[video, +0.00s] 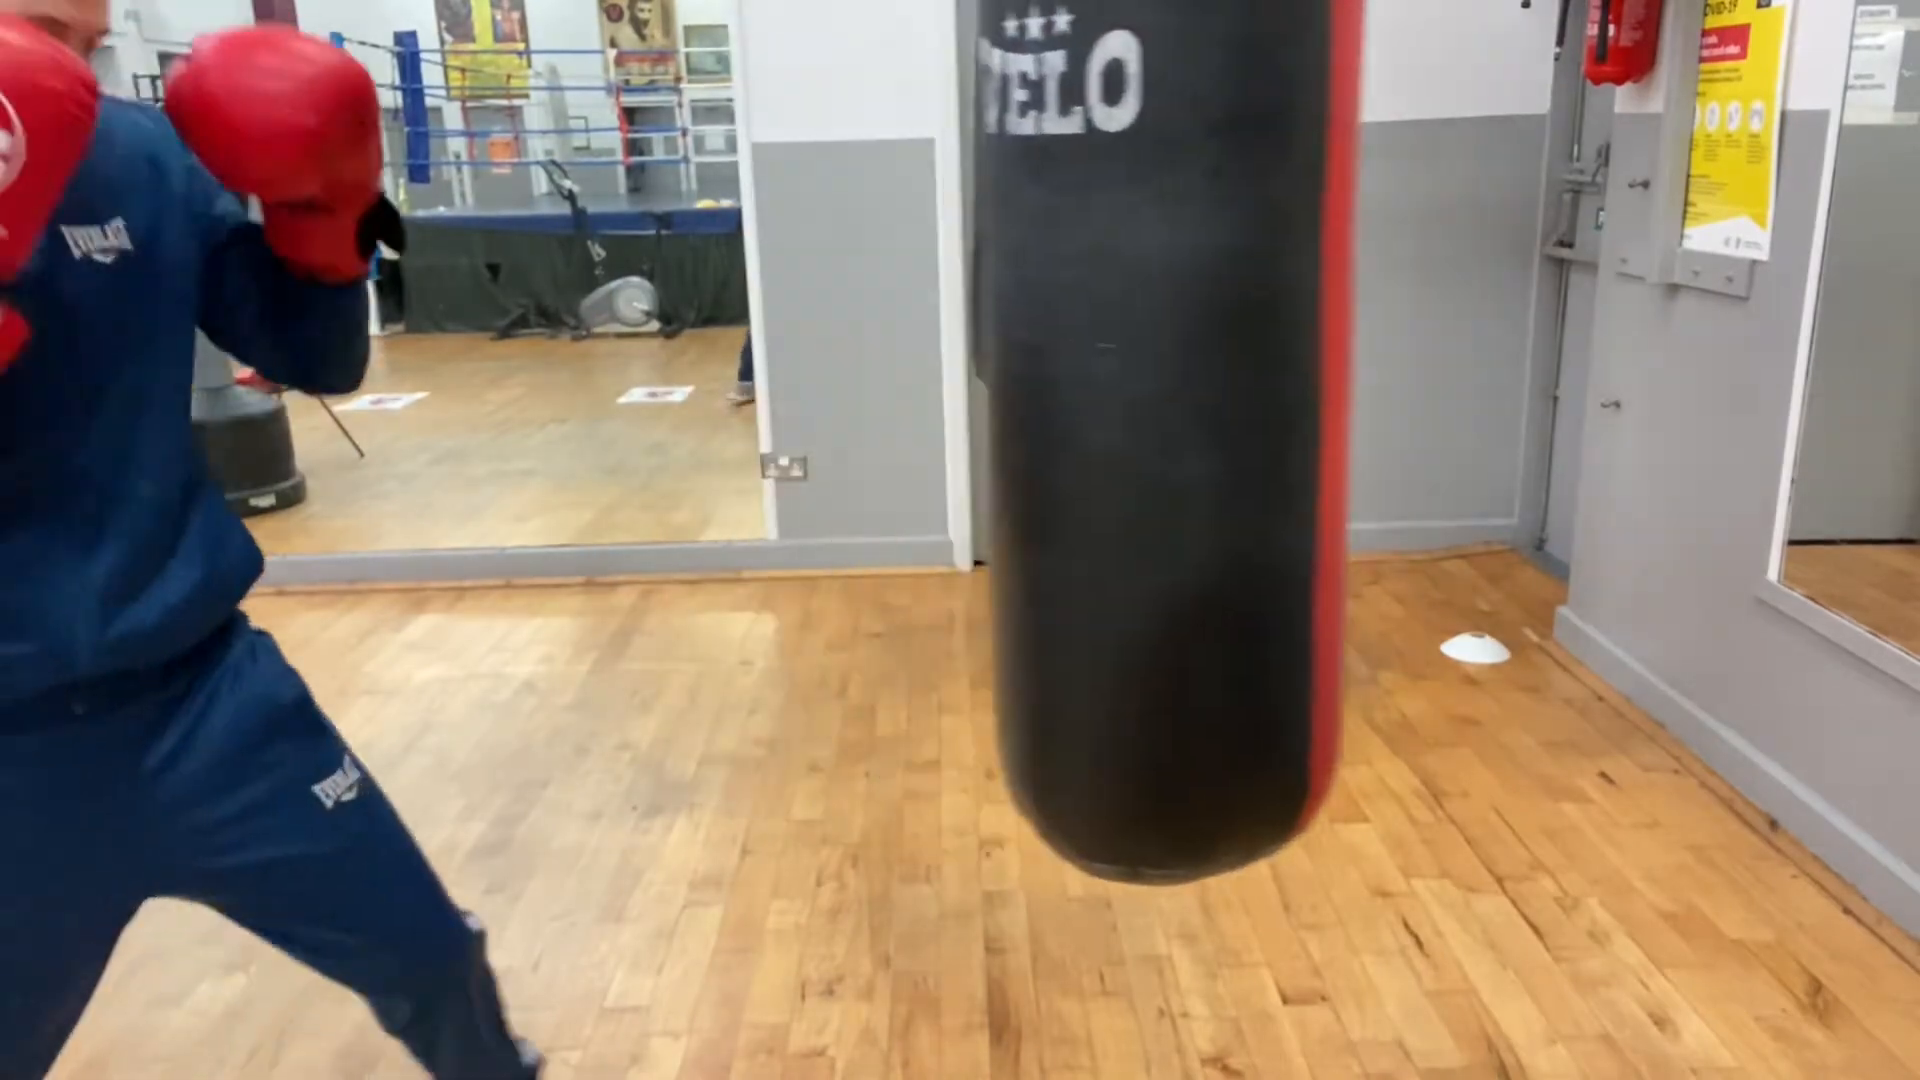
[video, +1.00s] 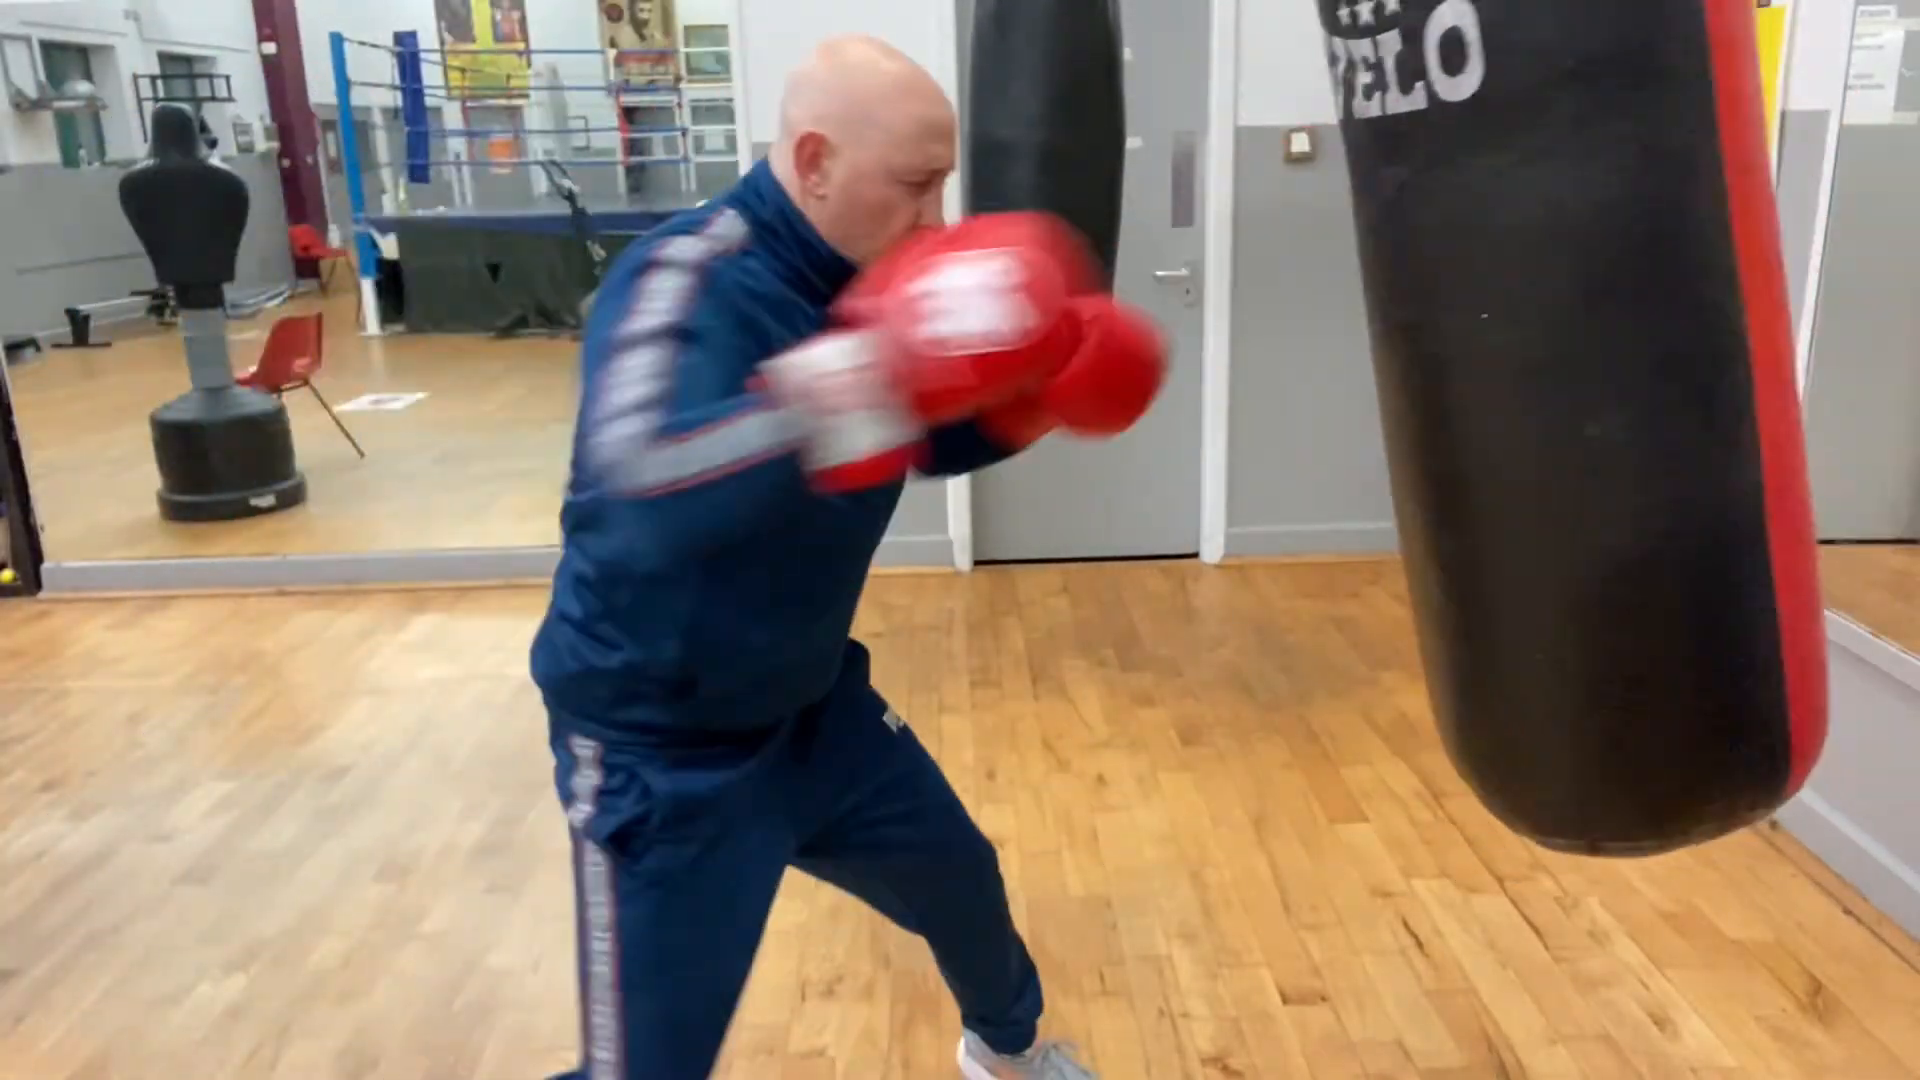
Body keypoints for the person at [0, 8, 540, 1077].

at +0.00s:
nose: (76, 35)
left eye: (83, 24)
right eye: (45, 26)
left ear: (104, 21)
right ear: (7, 20)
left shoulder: (143, 154)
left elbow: (317, 359)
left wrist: (321, 212)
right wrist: (13, 230)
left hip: (207, 697)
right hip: (27, 748)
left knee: (436, 963)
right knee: (13, 1052)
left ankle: (500, 1072)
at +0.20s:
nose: (244, 194)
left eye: (257, 157)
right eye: (210, 153)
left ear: (273, 134)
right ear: (74, 118)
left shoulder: (284, 258)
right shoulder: (6, 281)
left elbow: (382, 476)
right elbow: (16, 582)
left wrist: (428, 390)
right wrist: (87, 414)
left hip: (336, 767)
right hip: (84, 825)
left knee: (553, 1012)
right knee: (46, 1070)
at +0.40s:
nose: (432, 97)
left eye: (445, 62)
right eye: (405, 56)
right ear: (270, 24)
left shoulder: (440, 178)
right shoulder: (100, 206)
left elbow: (584, 381)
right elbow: (200, 489)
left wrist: (604, 251)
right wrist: (325, 281)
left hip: (479, 716)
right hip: (255, 761)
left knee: (614, 987)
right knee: (202, 1070)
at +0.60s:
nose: (511, 96)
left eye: (518, 59)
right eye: (483, 55)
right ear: (355, 40)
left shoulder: (470, 196)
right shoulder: (186, 220)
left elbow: (593, 434)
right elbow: (335, 492)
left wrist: (635, 312)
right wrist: (444, 259)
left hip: (573, 677)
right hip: (392, 763)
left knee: (767, 891)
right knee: (425, 1064)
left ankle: (703, 1064)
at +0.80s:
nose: (671, 157)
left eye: (679, 123)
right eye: (641, 121)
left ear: (689, 116)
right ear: (515, 101)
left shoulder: (695, 244)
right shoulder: (355, 274)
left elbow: (859, 325)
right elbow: (372, 548)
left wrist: (982, 281)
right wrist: (506, 359)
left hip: (712, 727)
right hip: (494, 768)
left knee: (907, 923)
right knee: (424, 1059)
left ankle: (1008, 1036)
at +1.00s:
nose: (936, 216)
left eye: (942, 187)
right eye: (916, 186)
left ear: (823, 167)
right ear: (812, 166)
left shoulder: (873, 292)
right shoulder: (686, 274)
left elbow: (913, 446)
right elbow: (628, 477)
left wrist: (1040, 396)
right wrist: (863, 385)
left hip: (807, 704)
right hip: (655, 741)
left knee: (960, 881)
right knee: (637, 1066)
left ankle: (1008, 1050)